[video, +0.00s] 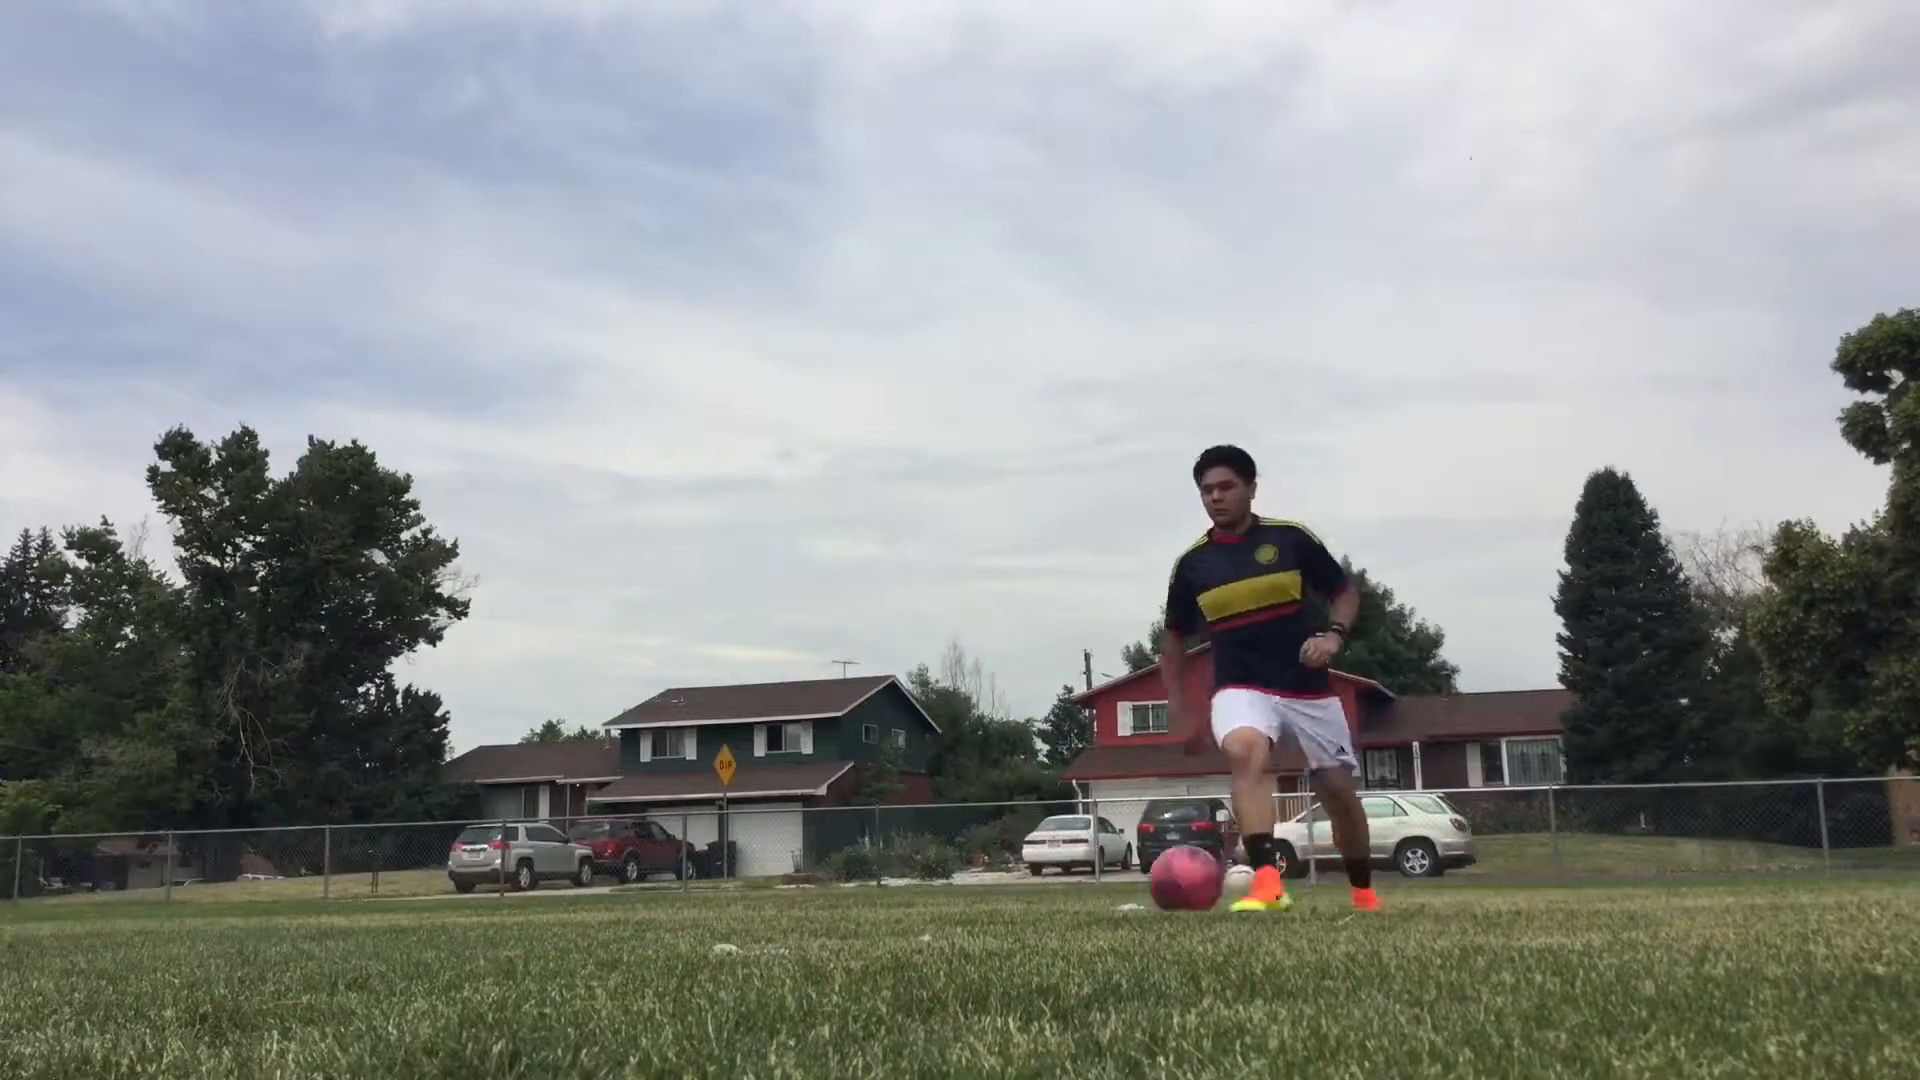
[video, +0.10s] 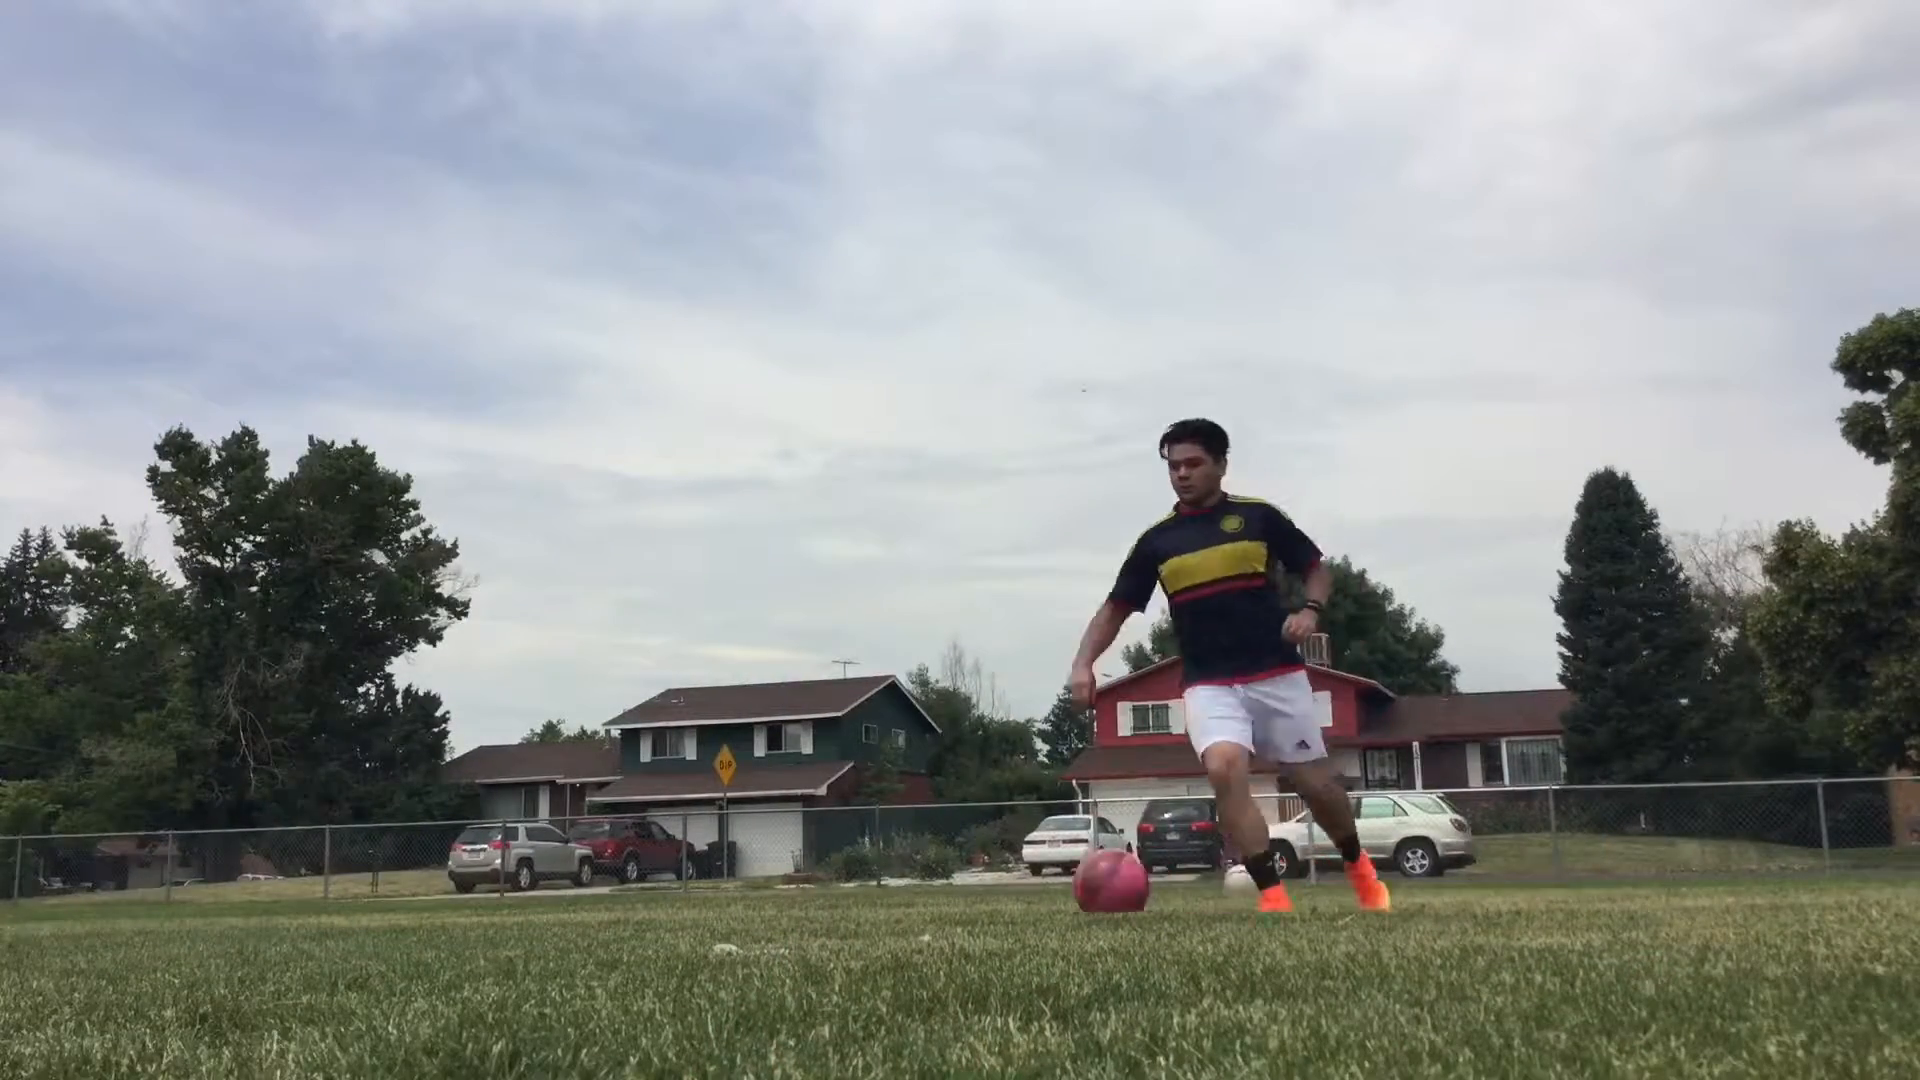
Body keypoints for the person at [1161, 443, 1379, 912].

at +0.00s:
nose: (1215, 497)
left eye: (1225, 487)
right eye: (1207, 490)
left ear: (1251, 489)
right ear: (1200, 496)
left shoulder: (1294, 540)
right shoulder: (1191, 567)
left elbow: (1346, 592)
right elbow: (1173, 639)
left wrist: (1334, 633)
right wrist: (1179, 710)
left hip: (1308, 686)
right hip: (1241, 687)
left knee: (1339, 790)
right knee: (1244, 750)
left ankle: (1362, 891)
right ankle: (1265, 879)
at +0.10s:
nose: (1181, 473)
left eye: (1192, 463)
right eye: (1173, 465)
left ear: (1221, 465)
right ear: (1167, 470)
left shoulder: (1260, 518)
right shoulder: (1155, 542)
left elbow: (1317, 568)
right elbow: (1115, 609)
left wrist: (1310, 609)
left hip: (1277, 672)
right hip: (1209, 682)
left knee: (1314, 781)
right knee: (1223, 768)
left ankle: (1357, 865)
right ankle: (1271, 891)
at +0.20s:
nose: (1147, 448)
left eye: (1159, 438)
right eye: (1140, 439)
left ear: (1188, 440)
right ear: (1133, 444)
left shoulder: (1228, 498)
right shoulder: (1116, 516)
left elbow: (1283, 551)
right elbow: (1047, 568)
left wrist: (1280, 591)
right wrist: (1012, 555)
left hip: (1232, 662)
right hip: (1166, 677)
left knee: (1243, 759)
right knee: (1196, 781)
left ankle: (1306, 860)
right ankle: (1265, 886)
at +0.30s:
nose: (1103, 414)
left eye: (1115, 403)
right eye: (1095, 404)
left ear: (1146, 404)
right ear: (1089, 408)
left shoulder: (1188, 463)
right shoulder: (1074, 478)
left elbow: (1238, 523)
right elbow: (1012, 554)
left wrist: (1229, 571)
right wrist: (989, 527)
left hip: (1178, 622)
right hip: (1111, 640)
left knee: (1170, 728)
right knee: (1118, 763)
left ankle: (1171, 873)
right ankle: (1198, 851)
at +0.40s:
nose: (1050, 403)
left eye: (1063, 391)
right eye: (1042, 392)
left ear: (1096, 392)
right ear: (1036, 397)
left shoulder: (1143, 456)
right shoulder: (1027, 477)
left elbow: (1192, 526)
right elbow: (991, 564)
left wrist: (1178, 573)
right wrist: (951, 575)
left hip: (1130, 630)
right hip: (1057, 636)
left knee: (1106, 742)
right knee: (1005, 744)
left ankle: (1099, 889)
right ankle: (1060, 859)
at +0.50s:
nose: (997, 380)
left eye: (1010, 369)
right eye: (989, 372)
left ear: (1043, 371)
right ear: (982, 378)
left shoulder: (1088, 437)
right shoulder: (974, 460)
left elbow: (1149, 512)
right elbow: (957, 551)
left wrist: (1121, 564)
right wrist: (918, 588)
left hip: (1073, 629)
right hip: (996, 626)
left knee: (1071, 759)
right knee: (924, 720)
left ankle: (1088, 891)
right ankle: (924, 875)